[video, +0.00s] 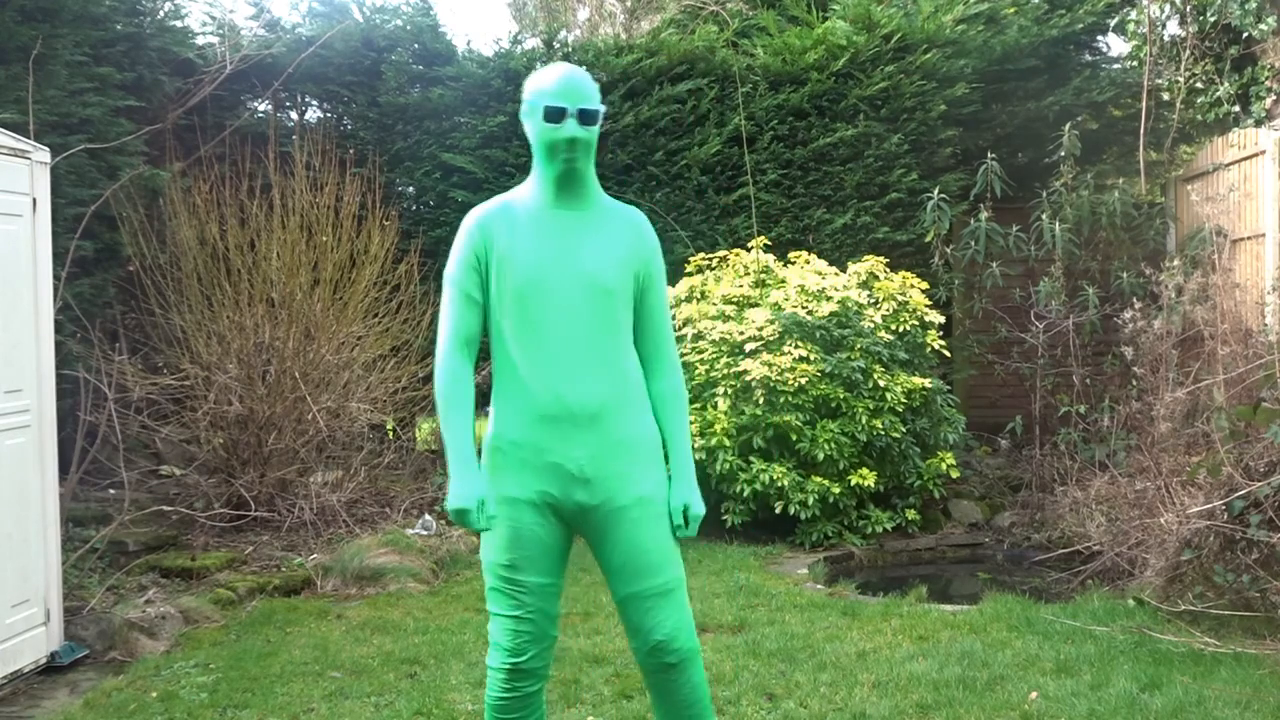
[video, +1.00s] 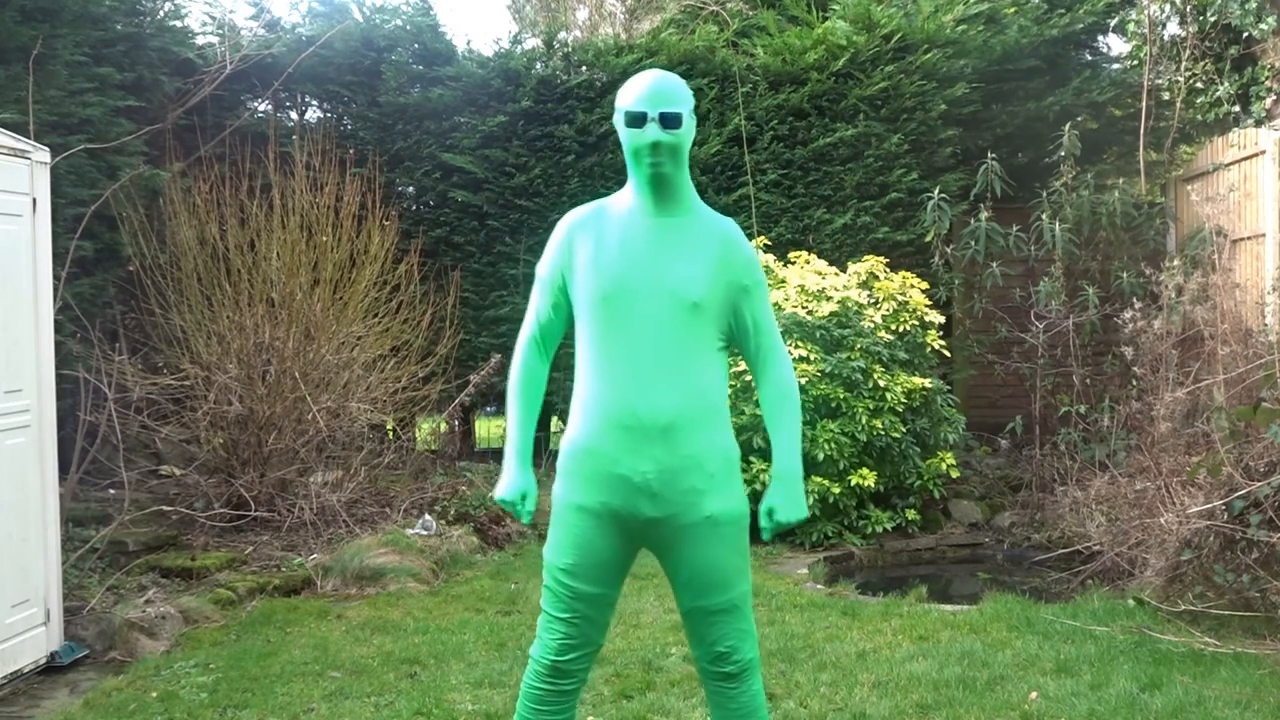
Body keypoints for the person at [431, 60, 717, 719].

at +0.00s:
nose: (571, 129)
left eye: (585, 116)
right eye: (554, 115)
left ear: (600, 125)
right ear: (526, 125)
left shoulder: (634, 230)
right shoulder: (487, 227)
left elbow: (662, 358)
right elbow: (454, 352)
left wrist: (683, 470)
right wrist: (462, 470)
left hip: (630, 472)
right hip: (521, 475)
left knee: (673, 652)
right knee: (517, 663)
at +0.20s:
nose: (571, 128)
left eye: (585, 115)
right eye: (553, 115)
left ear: (601, 126)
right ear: (528, 128)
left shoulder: (639, 231)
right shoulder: (492, 229)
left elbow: (681, 351)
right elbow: (451, 350)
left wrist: (716, 457)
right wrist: (438, 470)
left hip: (637, 471)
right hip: (528, 476)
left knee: (692, 647)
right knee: (520, 664)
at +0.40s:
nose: (608, 138)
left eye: (622, 124)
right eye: (590, 125)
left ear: (642, 135)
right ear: (568, 140)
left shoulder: (684, 241)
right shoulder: (536, 241)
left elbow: (739, 354)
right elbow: (486, 358)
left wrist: (775, 459)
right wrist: (458, 474)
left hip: (681, 486)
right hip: (568, 487)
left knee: (721, 665)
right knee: (538, 673)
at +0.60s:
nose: (654, 133)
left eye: (669, 120)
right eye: (638, 120)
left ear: (689, 130)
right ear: (615, 131)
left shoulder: (727, 241)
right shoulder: (577, 237)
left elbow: (779, 356)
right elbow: (549, 357)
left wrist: (811, 465)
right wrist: (541, 473)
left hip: (713, 484)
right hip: (601, 485)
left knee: (738, 668)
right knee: (562, 664)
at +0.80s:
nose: (666, 132)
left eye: (682, 119)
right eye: (650, 119)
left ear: (703, 131)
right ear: (629, 131)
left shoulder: (737, 243)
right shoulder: (587, 234)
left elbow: (782, 365)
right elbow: (557, 351)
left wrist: (813, 478)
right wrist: (543, 470)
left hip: (716, 489)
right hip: (604, 487)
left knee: (739, 671)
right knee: (564, 666)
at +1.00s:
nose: (654, 133)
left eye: (669, 120)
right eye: (637, 120)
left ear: (692, 130)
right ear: (618, 132)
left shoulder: (727, 245)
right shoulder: (578, 232)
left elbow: (771, 360)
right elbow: (535, 345)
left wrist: (788, 472)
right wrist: (516, 460)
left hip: (704, 488)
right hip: (593, 484)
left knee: (732, 669)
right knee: (556, 666)